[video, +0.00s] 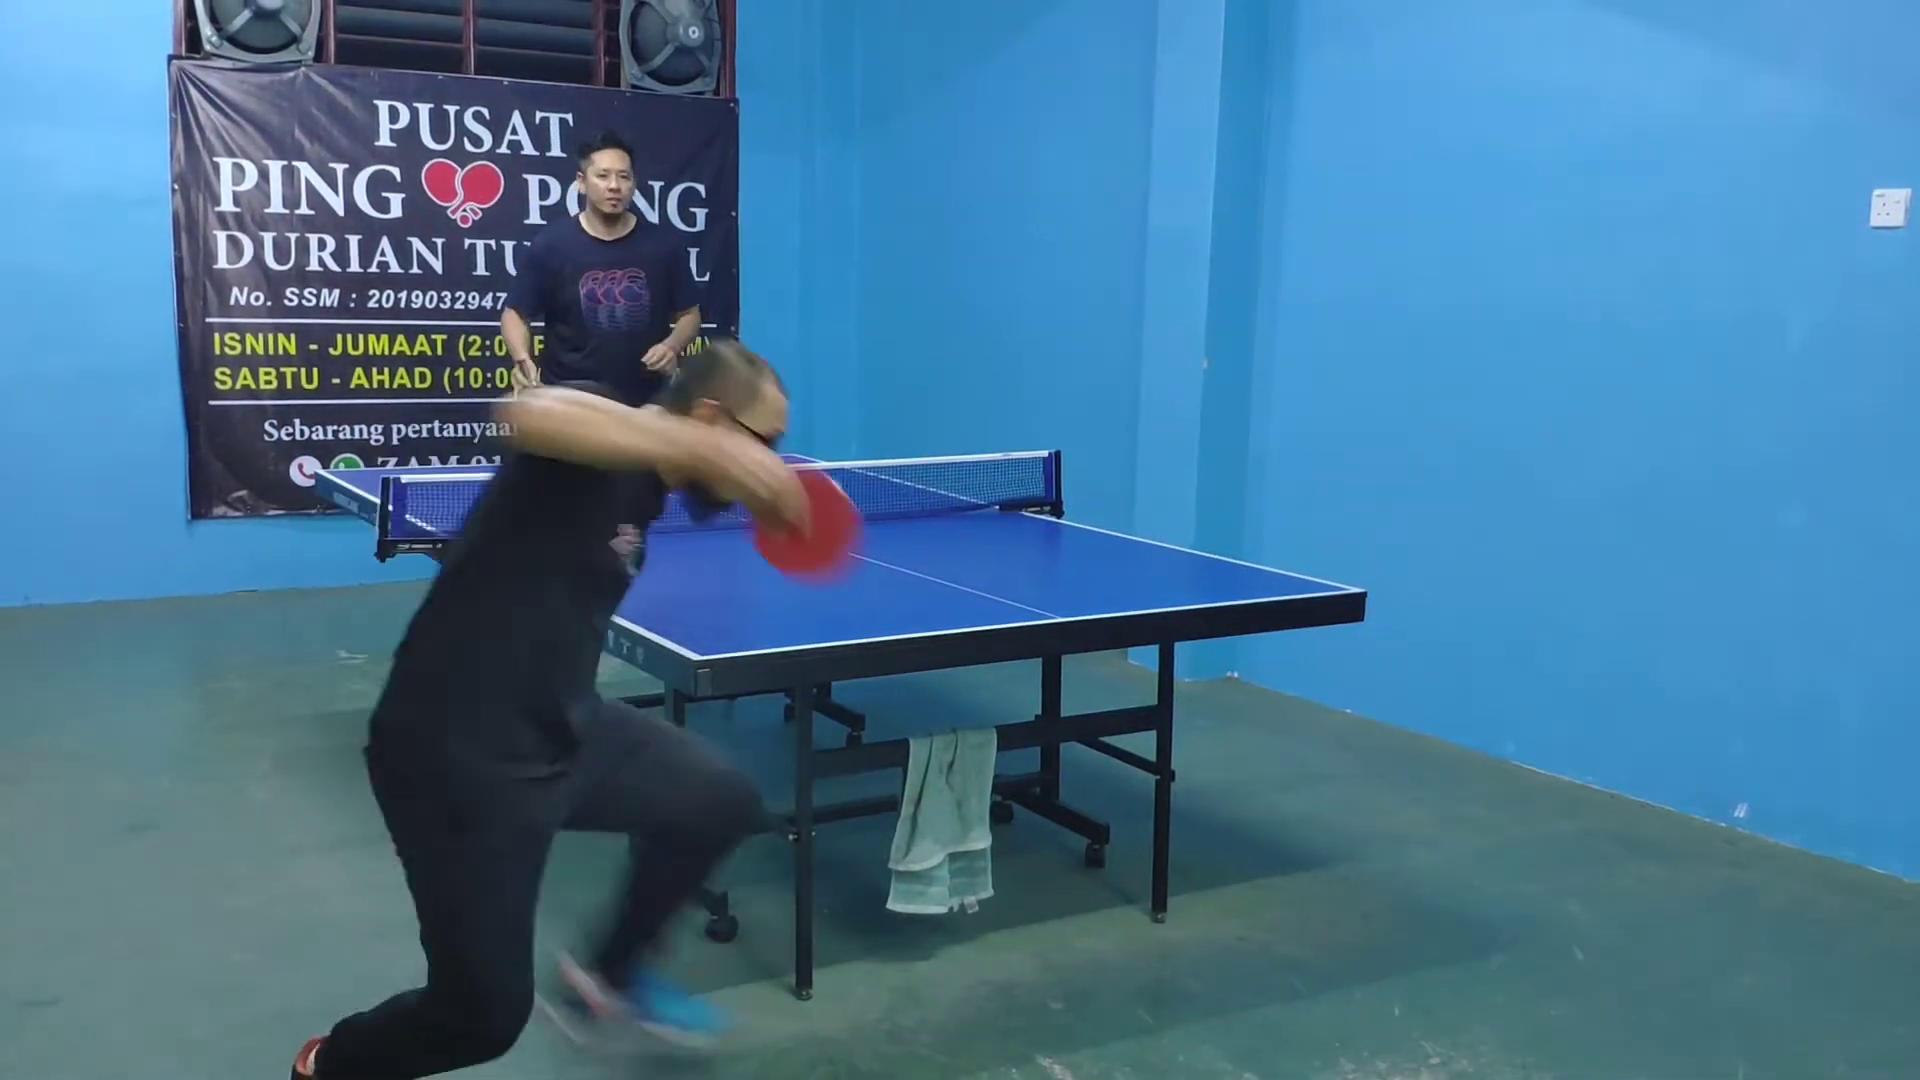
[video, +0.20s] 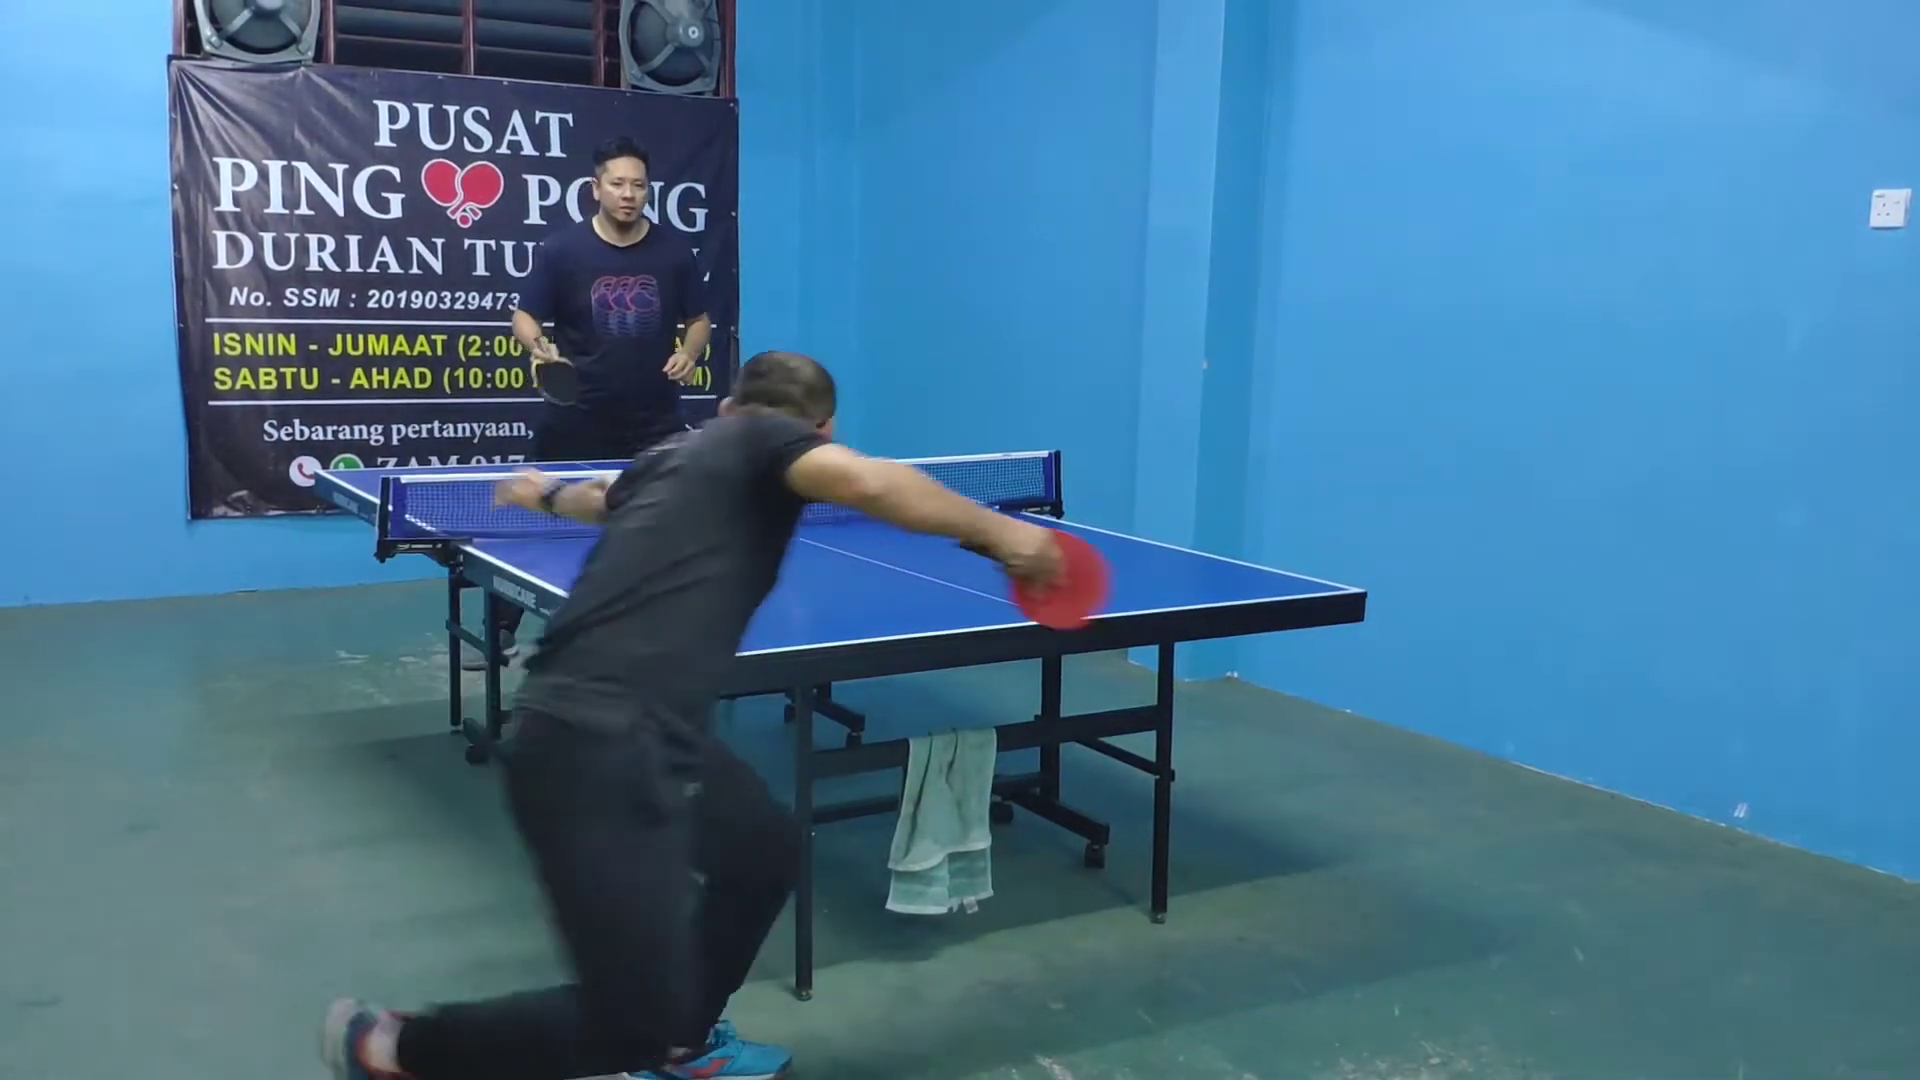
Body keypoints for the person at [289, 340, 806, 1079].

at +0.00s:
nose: (760, 465)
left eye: (768, 445)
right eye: (757, 440)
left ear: (712, 422)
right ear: (705, 418)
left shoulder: (645, 472)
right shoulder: (604, 431)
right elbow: (518, 416)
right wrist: (703, 448)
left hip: (559, 726)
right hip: (456, 750)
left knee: (721, 803)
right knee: (481, 1016)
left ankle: (611, 972)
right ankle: (328, 1062)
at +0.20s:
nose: (831, 443)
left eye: (829, 434)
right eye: (826, 430)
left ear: (736, 404)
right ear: (803, 417)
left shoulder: (667, 460)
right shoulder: (768, 441)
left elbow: (587, 498)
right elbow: (869, 482)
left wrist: (538, 491)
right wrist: (1008, 536)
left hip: (656, 734)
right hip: (588, 740)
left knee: (767, 855)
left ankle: (676, 1042)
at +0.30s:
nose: (871, 421)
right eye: (870, 411)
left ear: (766, 393)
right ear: (859, 405)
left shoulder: (695, 450)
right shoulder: (828, 436)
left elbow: (611, 483)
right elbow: (924, 486)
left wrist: (538, 479)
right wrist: (1060, 546)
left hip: (601, 720)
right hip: (682, 731)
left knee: (743, 898)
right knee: (803, 969)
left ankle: (693, 1041)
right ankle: (654, 1068)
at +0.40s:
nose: (915, 380)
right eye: (915, 366)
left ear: (806, 357)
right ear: (906, 370)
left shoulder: (742, 427)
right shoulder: (892, 421)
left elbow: (637, 466)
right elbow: (1004, 500)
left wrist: (556, 471)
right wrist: (1113, 575)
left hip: (658, 717)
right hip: (767, 726)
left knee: (774, 864)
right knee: (916, 932)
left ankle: (678, 1039)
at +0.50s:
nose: (952, 329)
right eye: (952, 320)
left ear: (842, 318)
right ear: (944, 326)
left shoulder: (779, 388)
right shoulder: (954, 391)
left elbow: (646, 439)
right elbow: (1082, 496)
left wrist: (596, 449)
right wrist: (1131, 607)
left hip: (737, 699)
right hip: (864, 708)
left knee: (770, 857)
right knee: (986, 951)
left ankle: (691, 1047)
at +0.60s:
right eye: (982, 265)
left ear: (869, 266)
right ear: (975, 270)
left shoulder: (799, 347)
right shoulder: (1006, 351)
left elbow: (655, 419)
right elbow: (1117, 482)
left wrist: (661, 445)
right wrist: (1137, 595)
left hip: (793, 674)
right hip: (933, 679)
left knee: (758, 869)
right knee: (1050, 906)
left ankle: (699, 1064)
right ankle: (1014, 1073)